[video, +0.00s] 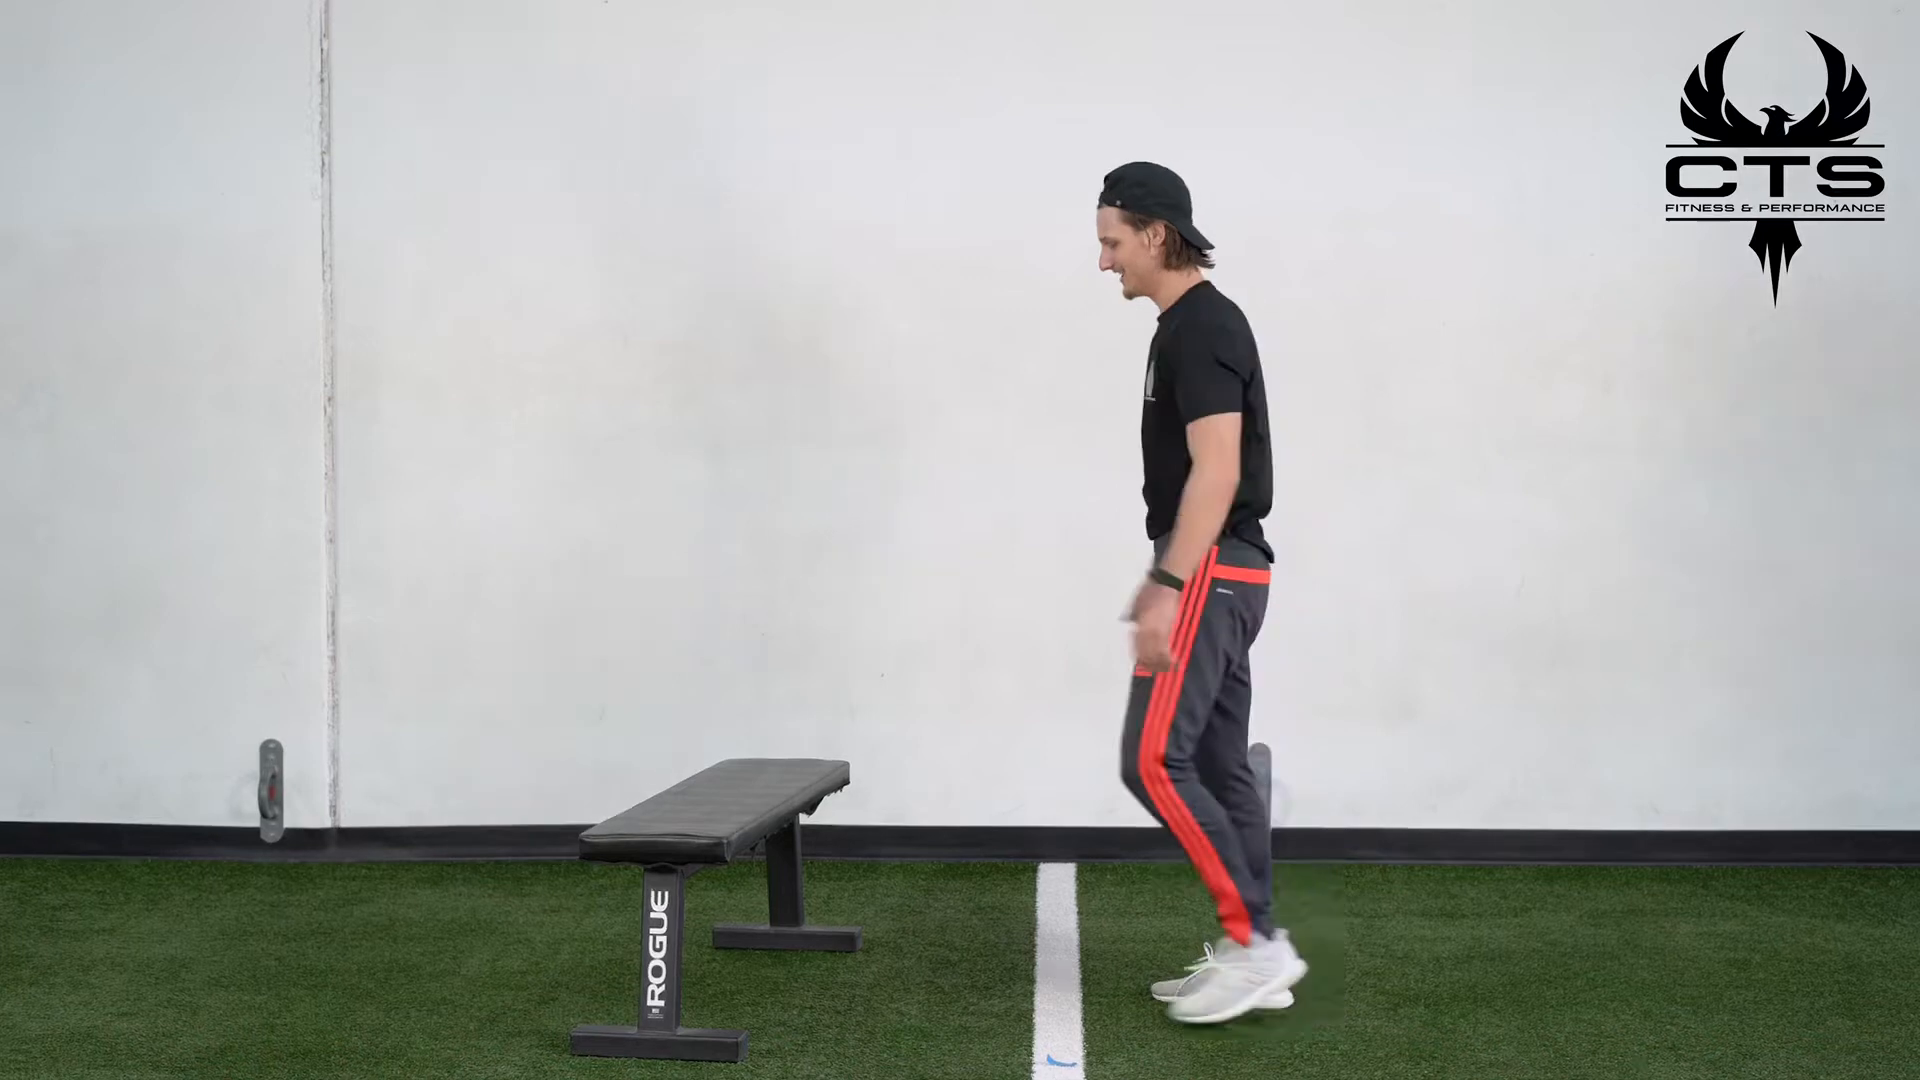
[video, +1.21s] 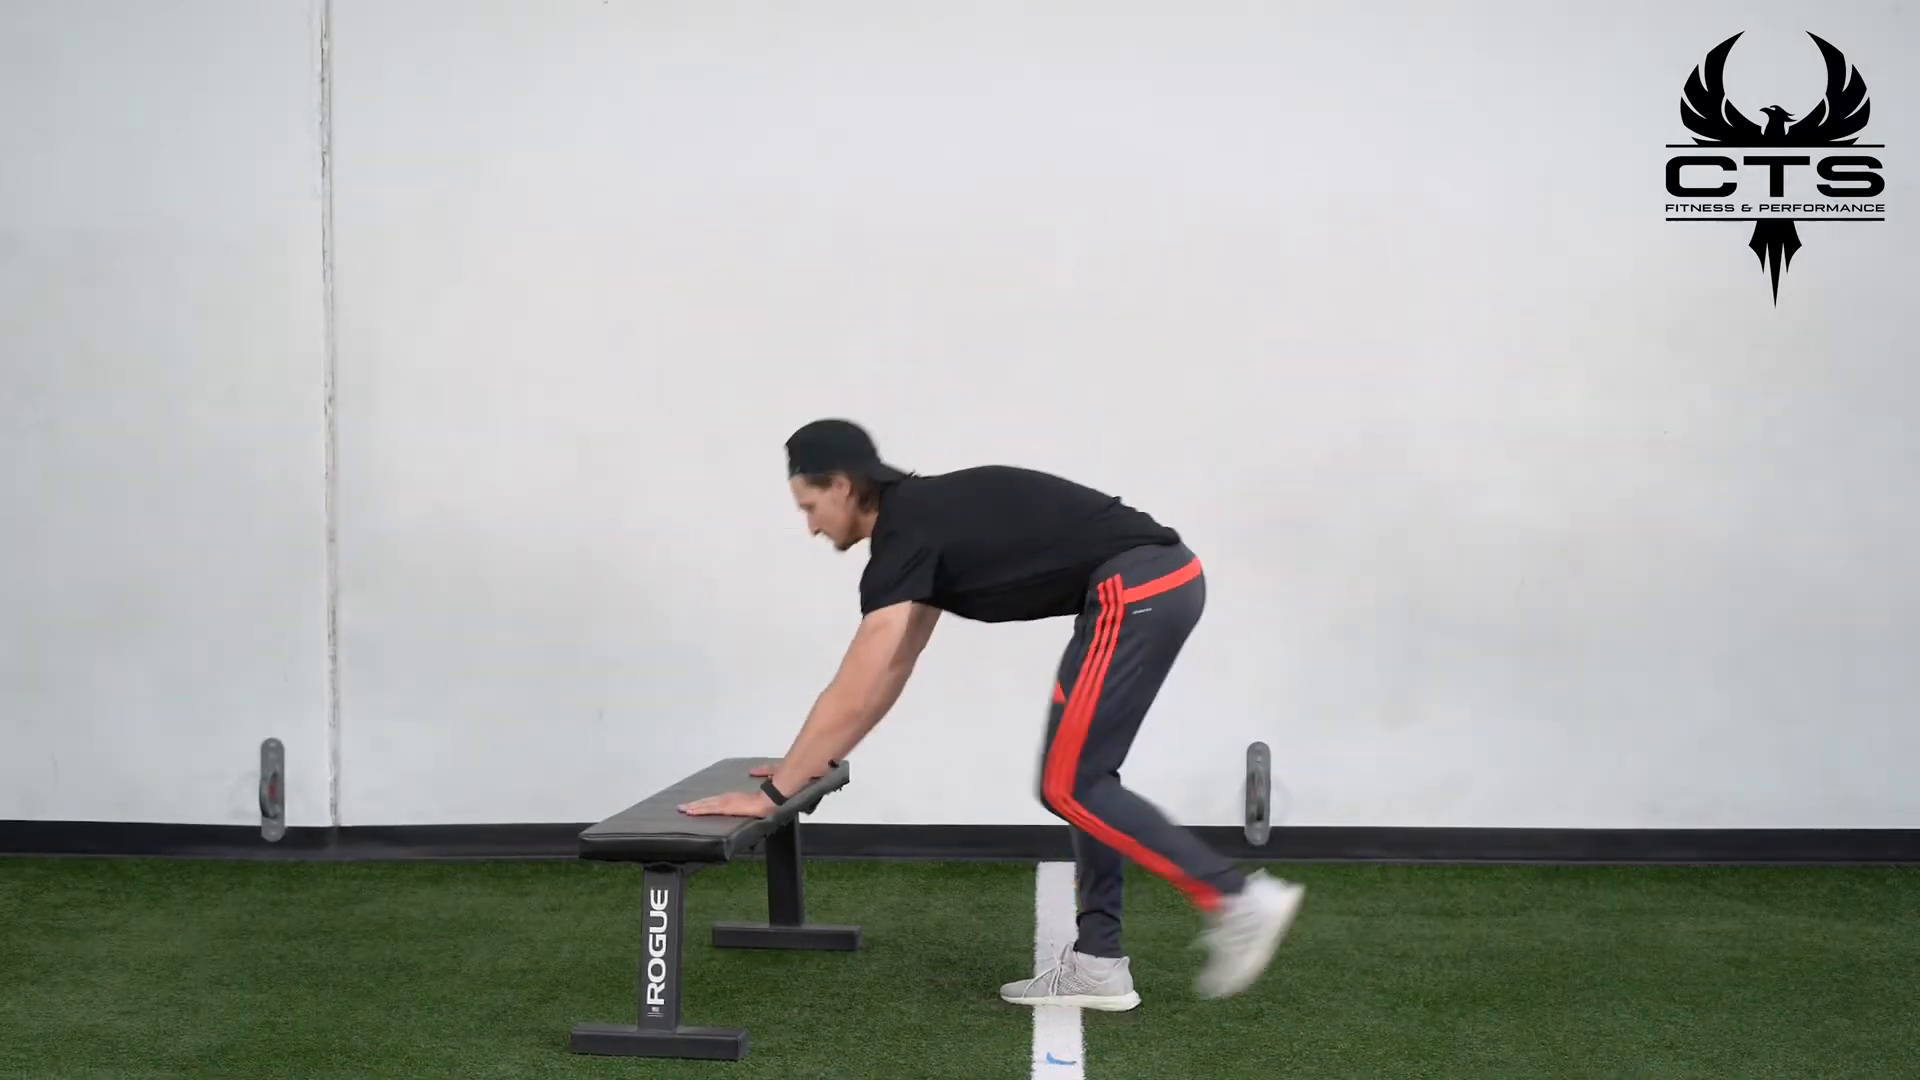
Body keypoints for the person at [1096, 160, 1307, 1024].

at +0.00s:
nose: (1105, 258)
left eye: (1113, 240)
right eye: (1102, 242)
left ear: (1158, 235)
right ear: (1159, 237)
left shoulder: (1198, 327)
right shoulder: (1197, 322)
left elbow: (1217, 475)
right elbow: (1212, 473)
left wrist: (1167, 584)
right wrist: (1173, 579)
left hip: (1211, 573)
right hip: (1217, 573)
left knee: (1154, 759)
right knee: (1222, 763)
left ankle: (1255, 944)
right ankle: (1253, 949)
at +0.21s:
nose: (1069, 260)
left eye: (1077, 242)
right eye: (1067, 242)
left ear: (1123, 235)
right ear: (1122, 237)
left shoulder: (1167, 325)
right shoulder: (1167, 321)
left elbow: (1182, 468)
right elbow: (1182, 470)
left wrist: (1093, 559)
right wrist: (1118, 562)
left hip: (1185, 565)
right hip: (1205, 565)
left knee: (1116, 761)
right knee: (1216, 771)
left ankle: (1119, 974)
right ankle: (1253, 959)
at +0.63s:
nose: (933, 288)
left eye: (940, 268)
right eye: (932, 270)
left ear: (987, 261)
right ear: (989, 264)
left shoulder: (1034, 350)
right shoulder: (1062, 331)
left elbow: (1042, 507)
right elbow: (1109, 473)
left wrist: (982, 623)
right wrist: (1058, 580)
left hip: (1139, 565)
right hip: (1153, 558)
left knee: (1082, 767)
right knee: (1108, 754)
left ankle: (1098, 979)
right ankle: (1151, 949)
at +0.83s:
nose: (876, 360)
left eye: (880, 340)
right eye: (872, 342)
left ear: (920, 327)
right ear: (927, 327)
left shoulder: (982, 398)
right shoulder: (1010, 385)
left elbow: (945, 560)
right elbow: (1011, 542)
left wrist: (873, 665)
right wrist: (941, 637)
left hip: (1144, 569)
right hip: (1159, 563)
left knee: (1077, 773)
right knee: (1105, 773)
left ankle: (1098, 978)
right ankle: (1102, 965)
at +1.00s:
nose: (843, 435)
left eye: (846, 415)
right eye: (838, 418)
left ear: (887, 400)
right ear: (896, 400)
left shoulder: (946, 461)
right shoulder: (972, 450)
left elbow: (888, 621)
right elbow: (939, 605)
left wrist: (803, 717)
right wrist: (871, 685)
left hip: (1149, 579)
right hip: (1166, 573)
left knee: (1063, 772)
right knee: (1099, 774)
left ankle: (1099, 976)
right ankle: (1099, 964)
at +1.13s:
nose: (826, 497)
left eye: (825, 477)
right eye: (820, 480)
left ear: (860, 458)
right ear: (867, 457)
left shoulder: (927, 504)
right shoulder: (948, 499)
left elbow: (862, 661)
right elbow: (889, 662)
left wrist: (770, 766)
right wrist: (811, 743)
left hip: (1146, 582)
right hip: (1169, 575)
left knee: (1041, 762)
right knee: (1096, 770)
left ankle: (1137, 944)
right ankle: (1100, 953)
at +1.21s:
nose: (805, 519)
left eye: (807, 501)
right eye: (801, 503)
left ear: (845, 484)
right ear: (849, 482)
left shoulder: (906, 528)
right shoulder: (926, 518)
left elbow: (857, 685)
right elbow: (893, 670)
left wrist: (773, 788)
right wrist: (827, 758)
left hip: (1135, 585)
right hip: (1144, 578)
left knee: (1069, 783)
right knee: (1084, 778)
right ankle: (1098, 961)